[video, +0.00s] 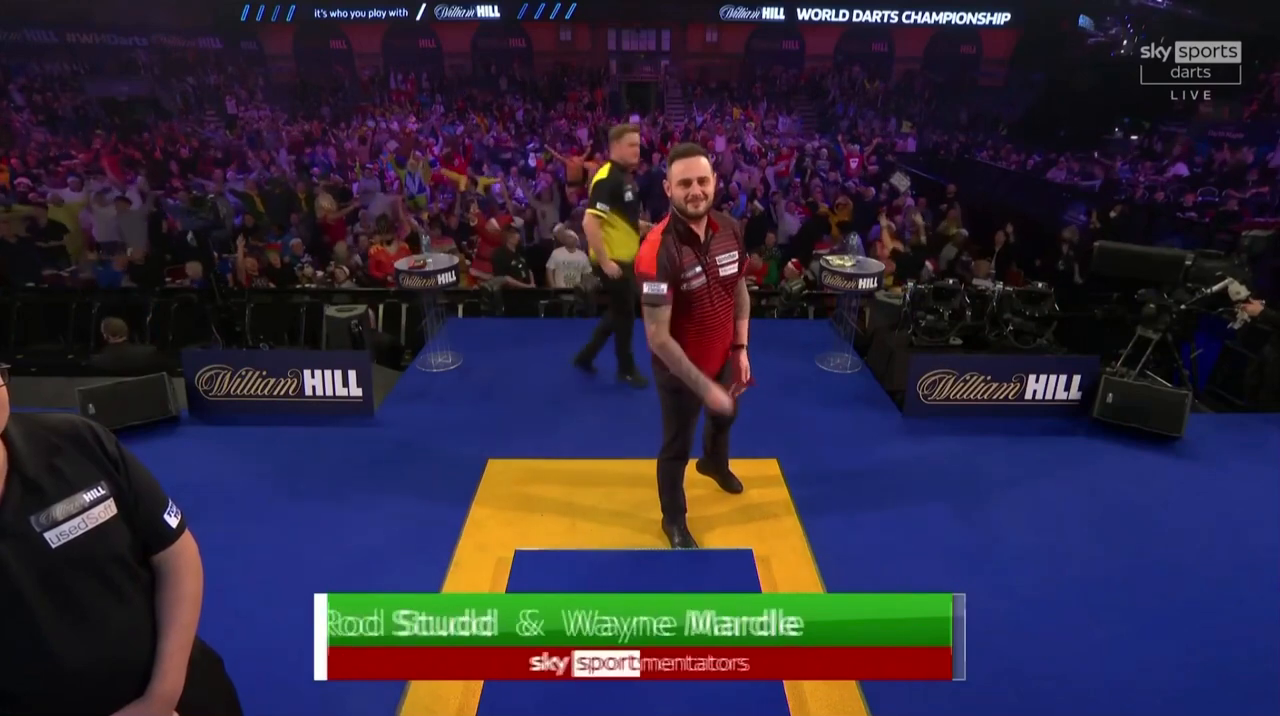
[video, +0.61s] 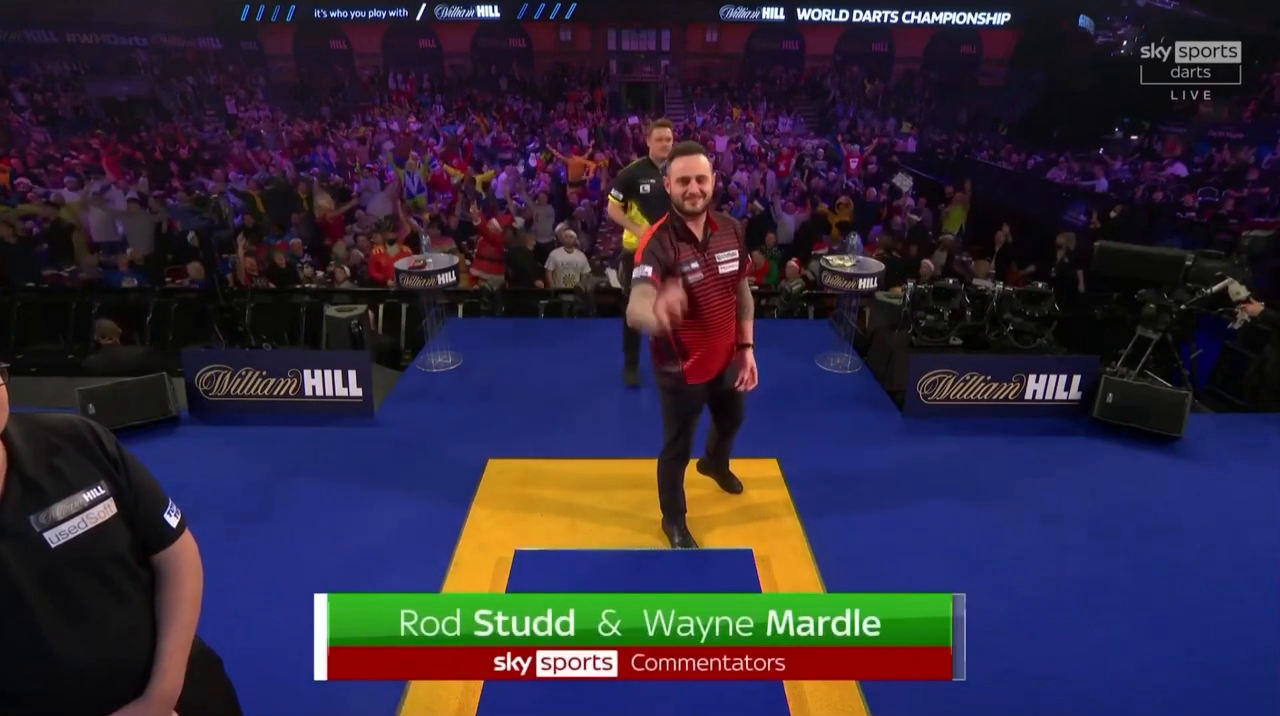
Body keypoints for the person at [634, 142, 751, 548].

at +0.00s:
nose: (695, 190)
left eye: (703, 181)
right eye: (684, 183)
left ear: (714, 184)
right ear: (668, 190)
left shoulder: (727, 229)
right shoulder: (657, 251)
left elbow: (740, 290)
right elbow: (657, 336)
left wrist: (741, 349)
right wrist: (705, 387)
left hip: (722, 353)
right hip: (681, 363)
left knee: (725, 410)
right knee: (678, 445)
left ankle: (714, 461)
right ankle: (674, 519)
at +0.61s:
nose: (693, 188)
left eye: (701, 179)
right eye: (683, 180)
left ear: (713, 183)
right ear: (667, 187)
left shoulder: (729, 229)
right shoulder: (657, 242)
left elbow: (743, 289)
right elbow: (636, 310)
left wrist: (747, 347)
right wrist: (659, 316)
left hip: (724, 354)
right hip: (680, 364)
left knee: (731, 416)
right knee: (679, 445)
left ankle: (714, 462)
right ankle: (674, 520)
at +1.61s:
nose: (711, 194)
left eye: (718, 184)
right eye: (699, 187)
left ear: (729, 187)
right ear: (681, 193)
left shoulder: (741, 238)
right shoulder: (673, 249)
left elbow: (747, 300)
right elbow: (686, 311)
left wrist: (763, 362)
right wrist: (712, 360)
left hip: (736, 363)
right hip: (689, 368)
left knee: (757, 448)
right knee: (682, 456)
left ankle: (730, 501)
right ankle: (674, 520)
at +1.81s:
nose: (720, 202)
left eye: (728, 192)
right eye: (707, 195)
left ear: (739, 195)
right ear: (689, 203)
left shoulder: (750, 245)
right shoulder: (681, 262)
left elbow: (758, 303)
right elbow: (716, 342)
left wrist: (775, 358)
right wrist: (758, 409)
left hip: (742, 384)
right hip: (694, 390)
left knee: (753, 474)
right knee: (685, 462)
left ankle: (737, 573)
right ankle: (675, 518)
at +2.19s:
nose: (771, 221)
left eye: (781, 210)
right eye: (759, 209)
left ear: (793, 214)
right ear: (734, 211)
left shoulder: (801, 275)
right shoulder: (703, 279)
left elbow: (800, 337)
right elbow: (700, 380)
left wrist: (799, 399)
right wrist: (713, 471)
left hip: (770, 419)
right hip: (712, 420)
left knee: (752, 526)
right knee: (712, 506)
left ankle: (744, 606)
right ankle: (697, 523)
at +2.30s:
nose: (790, 224)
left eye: (799, 212)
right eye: (777, 212)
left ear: (808, 212)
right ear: (745, 208)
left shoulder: (813, 281)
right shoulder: (701, 277)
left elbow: (818, 361)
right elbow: (676, 367)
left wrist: (826, 444)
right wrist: (669, 453)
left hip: (776, 439)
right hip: (715, 438)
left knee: (754, 540)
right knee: (715, 546)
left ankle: (743, 609)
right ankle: (704, 545)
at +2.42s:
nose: (799, 229)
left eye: (808, 217)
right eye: (786, 217)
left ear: (816, 213)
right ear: (750, 211)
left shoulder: (827, 294)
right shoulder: (700, 281)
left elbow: (841, 385)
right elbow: (653, 359)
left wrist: (851, 483)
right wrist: (631, 437)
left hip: (777, 459)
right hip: (711, 456)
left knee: (748, 570)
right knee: (717, 575)